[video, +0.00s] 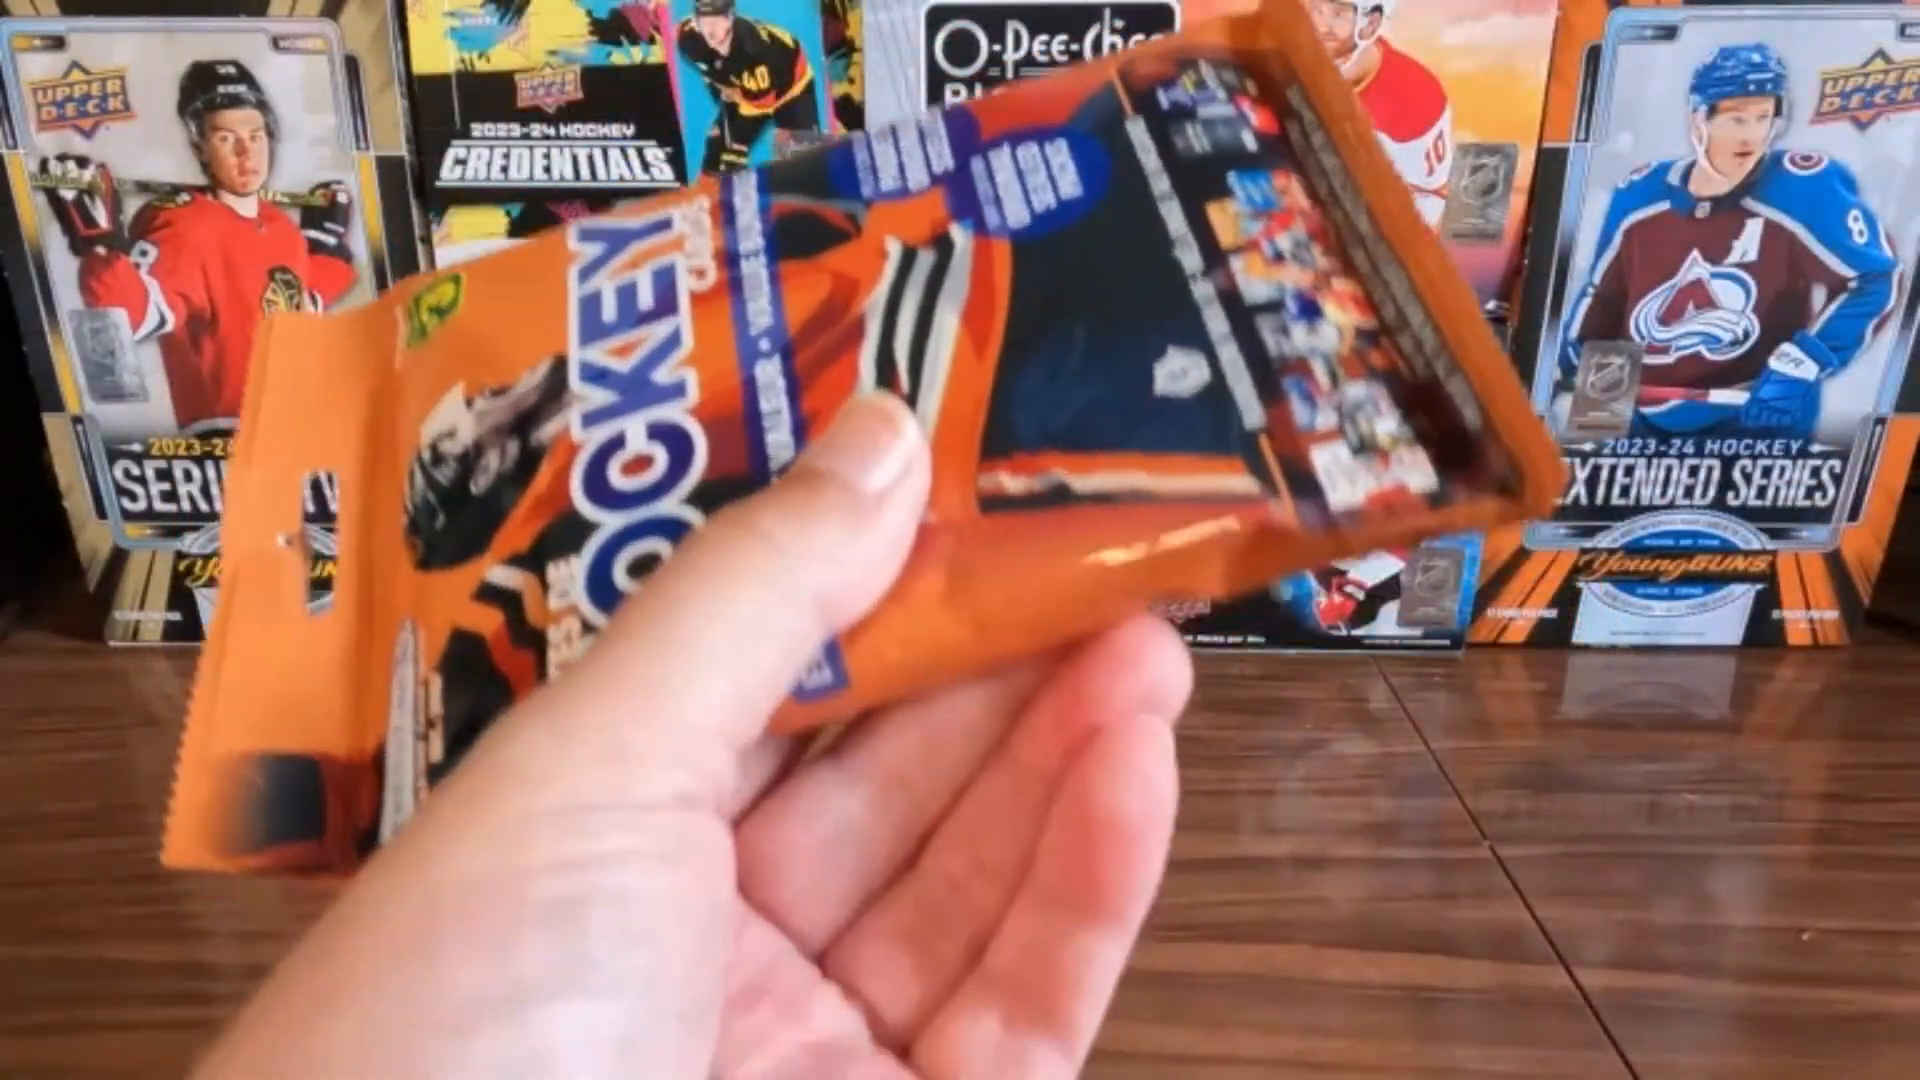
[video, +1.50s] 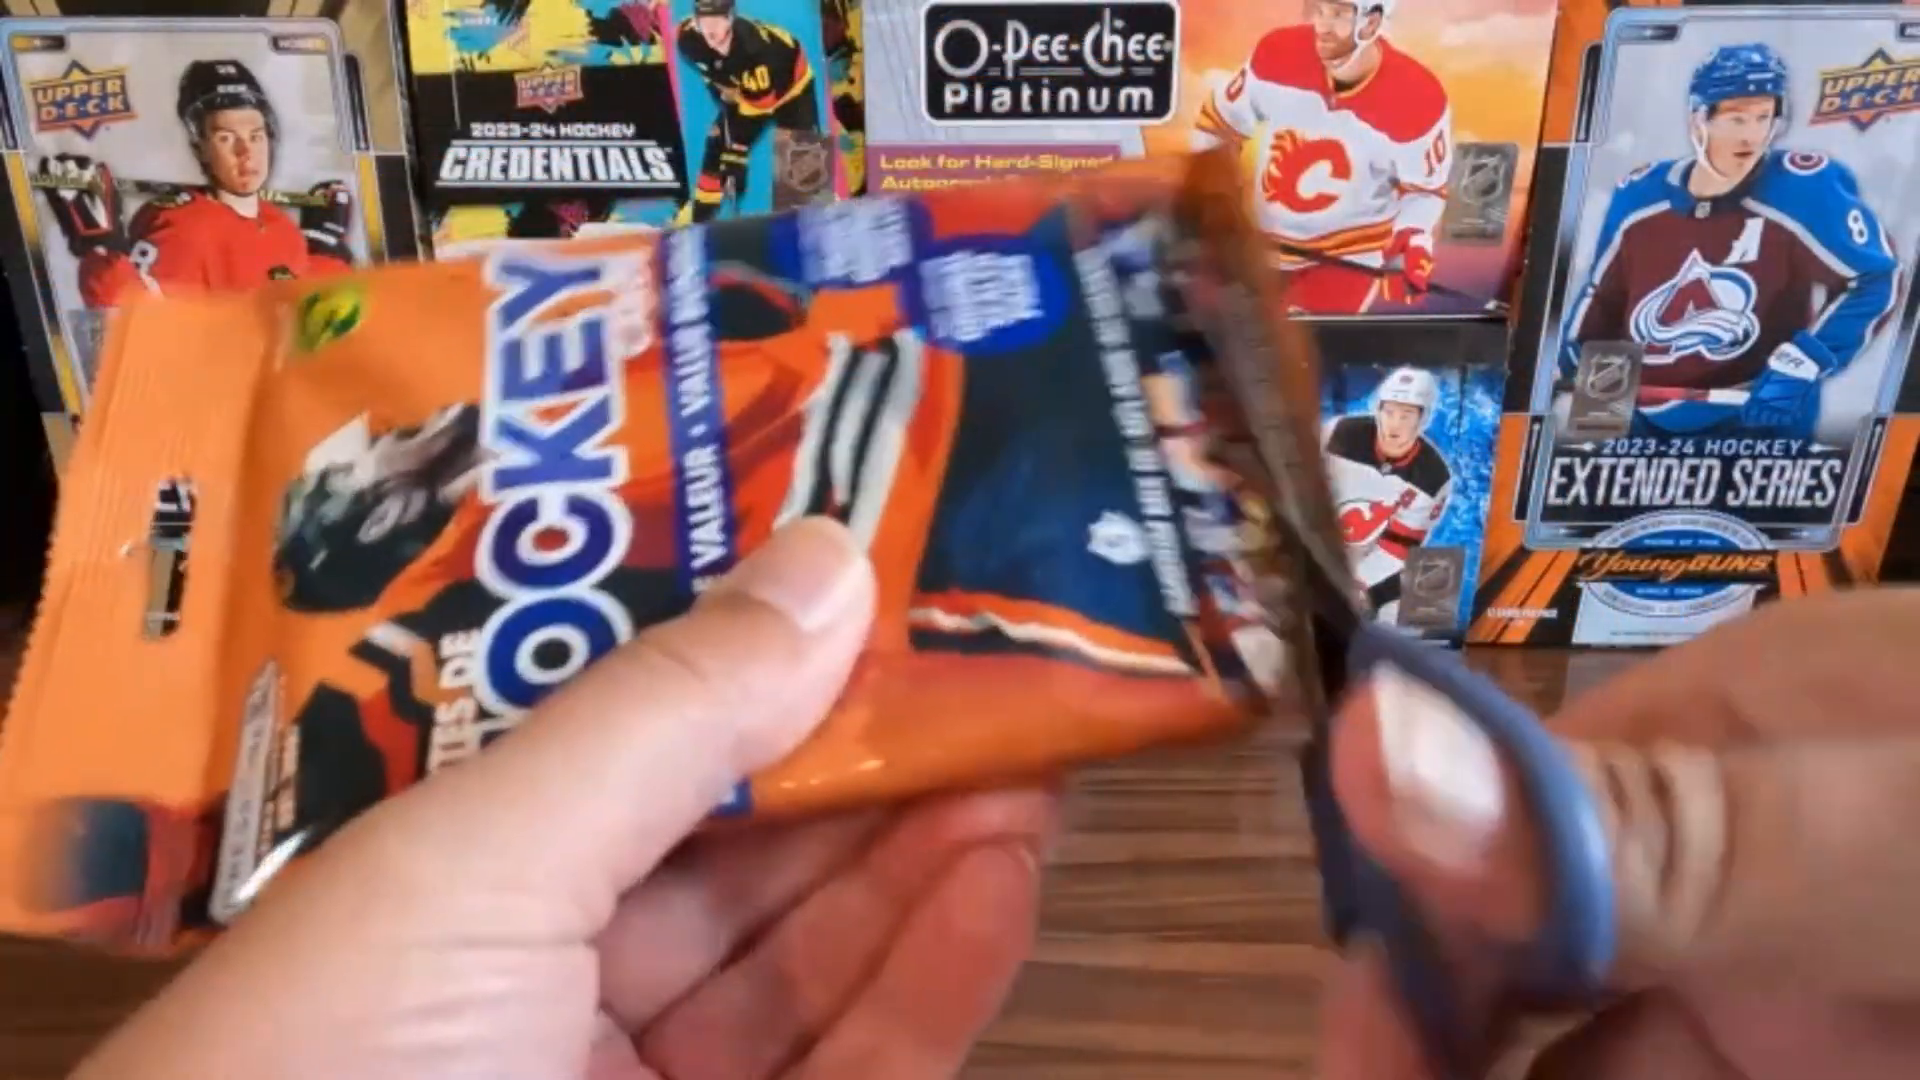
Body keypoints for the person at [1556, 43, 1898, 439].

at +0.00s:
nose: (1750, 135)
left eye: (1762, 119)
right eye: (1735, 119)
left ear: (1775, 123)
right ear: (1698, 124)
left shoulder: (1804, 192)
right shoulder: (1639, 197)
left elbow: (1878, 280)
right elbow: (1599, 295)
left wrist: (1802, 364)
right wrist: (1580, 370)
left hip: (1745, 427)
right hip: (1637, 421)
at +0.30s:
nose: (1750, 135)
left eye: (1762, 119)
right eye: (1735, 119)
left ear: (1775, 123)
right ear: (1698, 124)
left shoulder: (1804, 192)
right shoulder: (1639, 197)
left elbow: (1879, 280)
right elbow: (1597, 298)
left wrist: (1803, 365)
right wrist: (1581, 381)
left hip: (1744, 429)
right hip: (1635, 422)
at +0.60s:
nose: (1749, 135)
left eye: (1762, 118)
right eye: (1735, 118)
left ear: (1775, 123)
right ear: (1698, 123)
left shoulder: (1805, 192)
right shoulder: (1638, 197)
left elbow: (1878, 280)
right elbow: (1599, 296)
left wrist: (1801, 366)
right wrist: (1579, 370)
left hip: (1744, 427)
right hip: (1637, 421)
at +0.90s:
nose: (1750, 135)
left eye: (1762, 118)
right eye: (1735, 118)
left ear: (1775, 123)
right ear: (1698, 123)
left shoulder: (1806, 192)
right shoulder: (1638, 198)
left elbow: (1878, 280)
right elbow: (1599, 296)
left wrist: (1801, 366)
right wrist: (1575, 366)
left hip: (1745, 427)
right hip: (1638, 422)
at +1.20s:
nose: (1749, 135)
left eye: (1762, 118)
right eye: (1734, 118)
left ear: (1775, 123)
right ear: (1698, 123)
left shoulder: (1808, 191)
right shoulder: (1638, 197)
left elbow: (1879, 280)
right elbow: (1600, 296)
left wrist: (1802, 365)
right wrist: (1578, 366)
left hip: (1745, 427)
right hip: (1637, 422)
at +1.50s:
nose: (1750, 135)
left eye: (1762, 118)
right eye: (1735, 119)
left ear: (1775, 123)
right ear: (1698, 123)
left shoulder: (1805, 191)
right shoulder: (1638, 197)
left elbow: (1878, 280)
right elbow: (1600, 295)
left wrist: (1802, 365)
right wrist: (1577, 367)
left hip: (1742, 427)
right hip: (1635, 421)